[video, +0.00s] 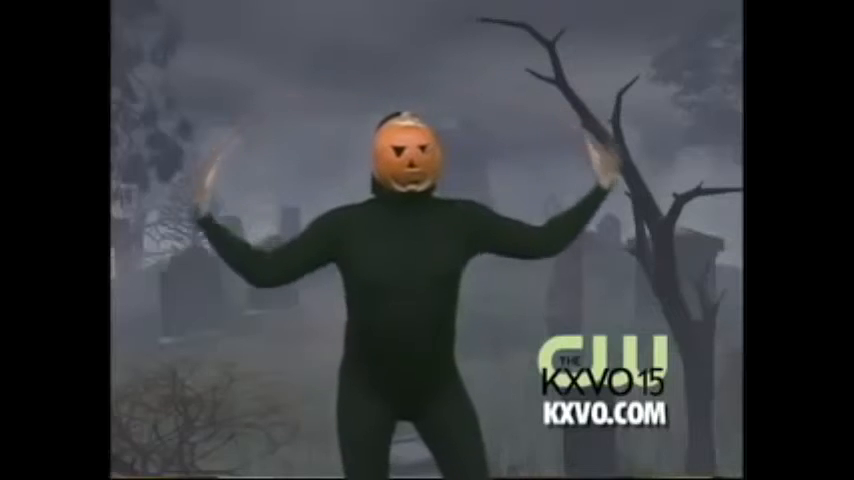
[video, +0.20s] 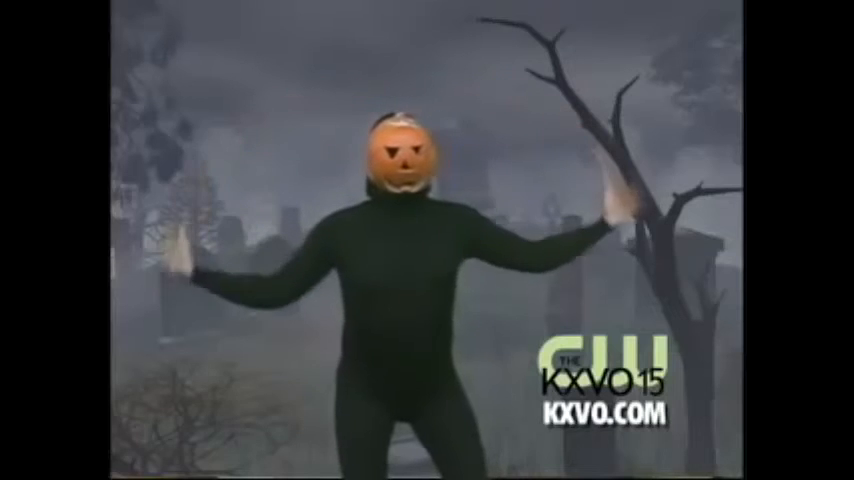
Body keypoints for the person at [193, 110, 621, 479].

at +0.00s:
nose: (411, 157)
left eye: (422, 148)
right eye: (397, 149)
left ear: (439, 161)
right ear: (375, 163)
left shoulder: (463, 220)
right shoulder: (344, 226)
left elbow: (543, 241)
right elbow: (266, 271)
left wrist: (603, 184)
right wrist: (206, 216)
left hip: (438, 386)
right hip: (365, 388)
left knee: (472, 473)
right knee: (364, 476)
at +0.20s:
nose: (404, 155)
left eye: (415, 147)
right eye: (391, 148)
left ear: (431, 162)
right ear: (371, 164)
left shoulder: (457, 224)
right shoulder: (341, 229)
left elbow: (534, 256)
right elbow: (278, 291)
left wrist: (607, 220)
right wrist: (196, 272)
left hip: (435, 387)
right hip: (363, 389)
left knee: (470, 472)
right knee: (361, 476)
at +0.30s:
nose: (401, 154)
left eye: (411, 147)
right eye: (388, 148)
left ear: (427, 162)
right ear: (369, 164)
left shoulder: (453, 224)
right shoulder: (340, 230)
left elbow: (527, 262)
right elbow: (278, 299)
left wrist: (602, 239)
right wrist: (197, 297)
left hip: (434, 388)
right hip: (363, 391)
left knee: (469, 472)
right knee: (361, 475)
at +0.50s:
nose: (394, 158)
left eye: (405, 148)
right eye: (381, 151)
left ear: (422, 161)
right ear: (362, 164)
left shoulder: (446, 223)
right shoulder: (333, 235)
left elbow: (508, 277)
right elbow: (291, 315)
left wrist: (581, 282)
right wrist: (227, 364)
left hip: (432, 387)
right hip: (361, 392)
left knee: (462, 472)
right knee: (360, 475)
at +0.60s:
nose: (394, 160)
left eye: (405, 149)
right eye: (380, 150)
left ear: (421, 157)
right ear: (358, 161)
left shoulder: (439, 215)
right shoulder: (338, 231)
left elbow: (473, 275)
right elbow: (319, 324)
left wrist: (509, 319)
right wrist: (300, 391)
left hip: (432, 384)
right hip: (364, 389)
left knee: (449, 472)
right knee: (364, 473)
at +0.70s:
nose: (395, 148)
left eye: (405, 137)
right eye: (380, 140)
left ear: (419, 147)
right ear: (356, 152)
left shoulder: (435, 210)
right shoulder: (343, 224)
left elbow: (439, 289)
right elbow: (352, 307)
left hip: (432, 363)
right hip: (367, 367)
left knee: (451, 466)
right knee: (369, 466)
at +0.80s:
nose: (397, 136)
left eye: (407, 126)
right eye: (381, 129)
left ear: (420, 138)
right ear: (358, 146)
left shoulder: (432, 200)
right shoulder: (346, 218)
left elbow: (423, 270)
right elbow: (356, 309)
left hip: (427, 344)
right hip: (365, 355)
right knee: (377, 467)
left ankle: (456, 473)